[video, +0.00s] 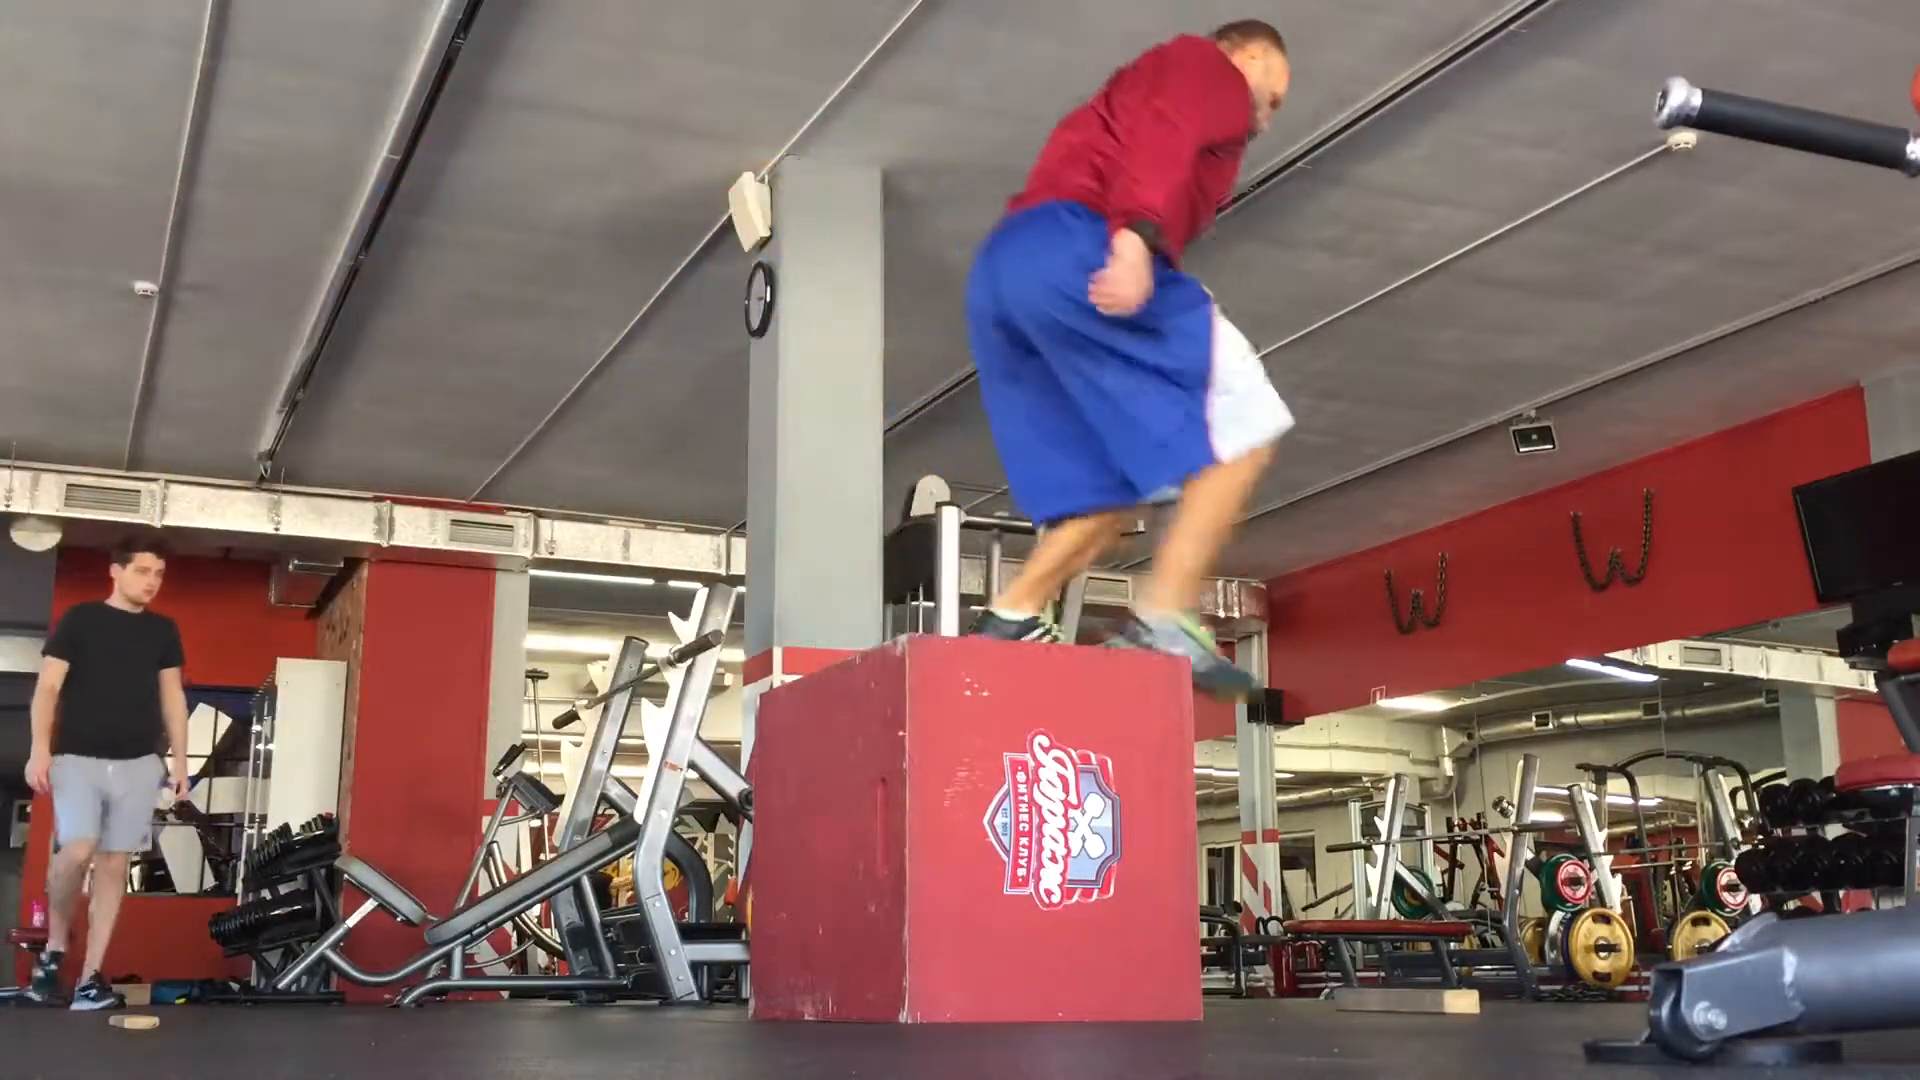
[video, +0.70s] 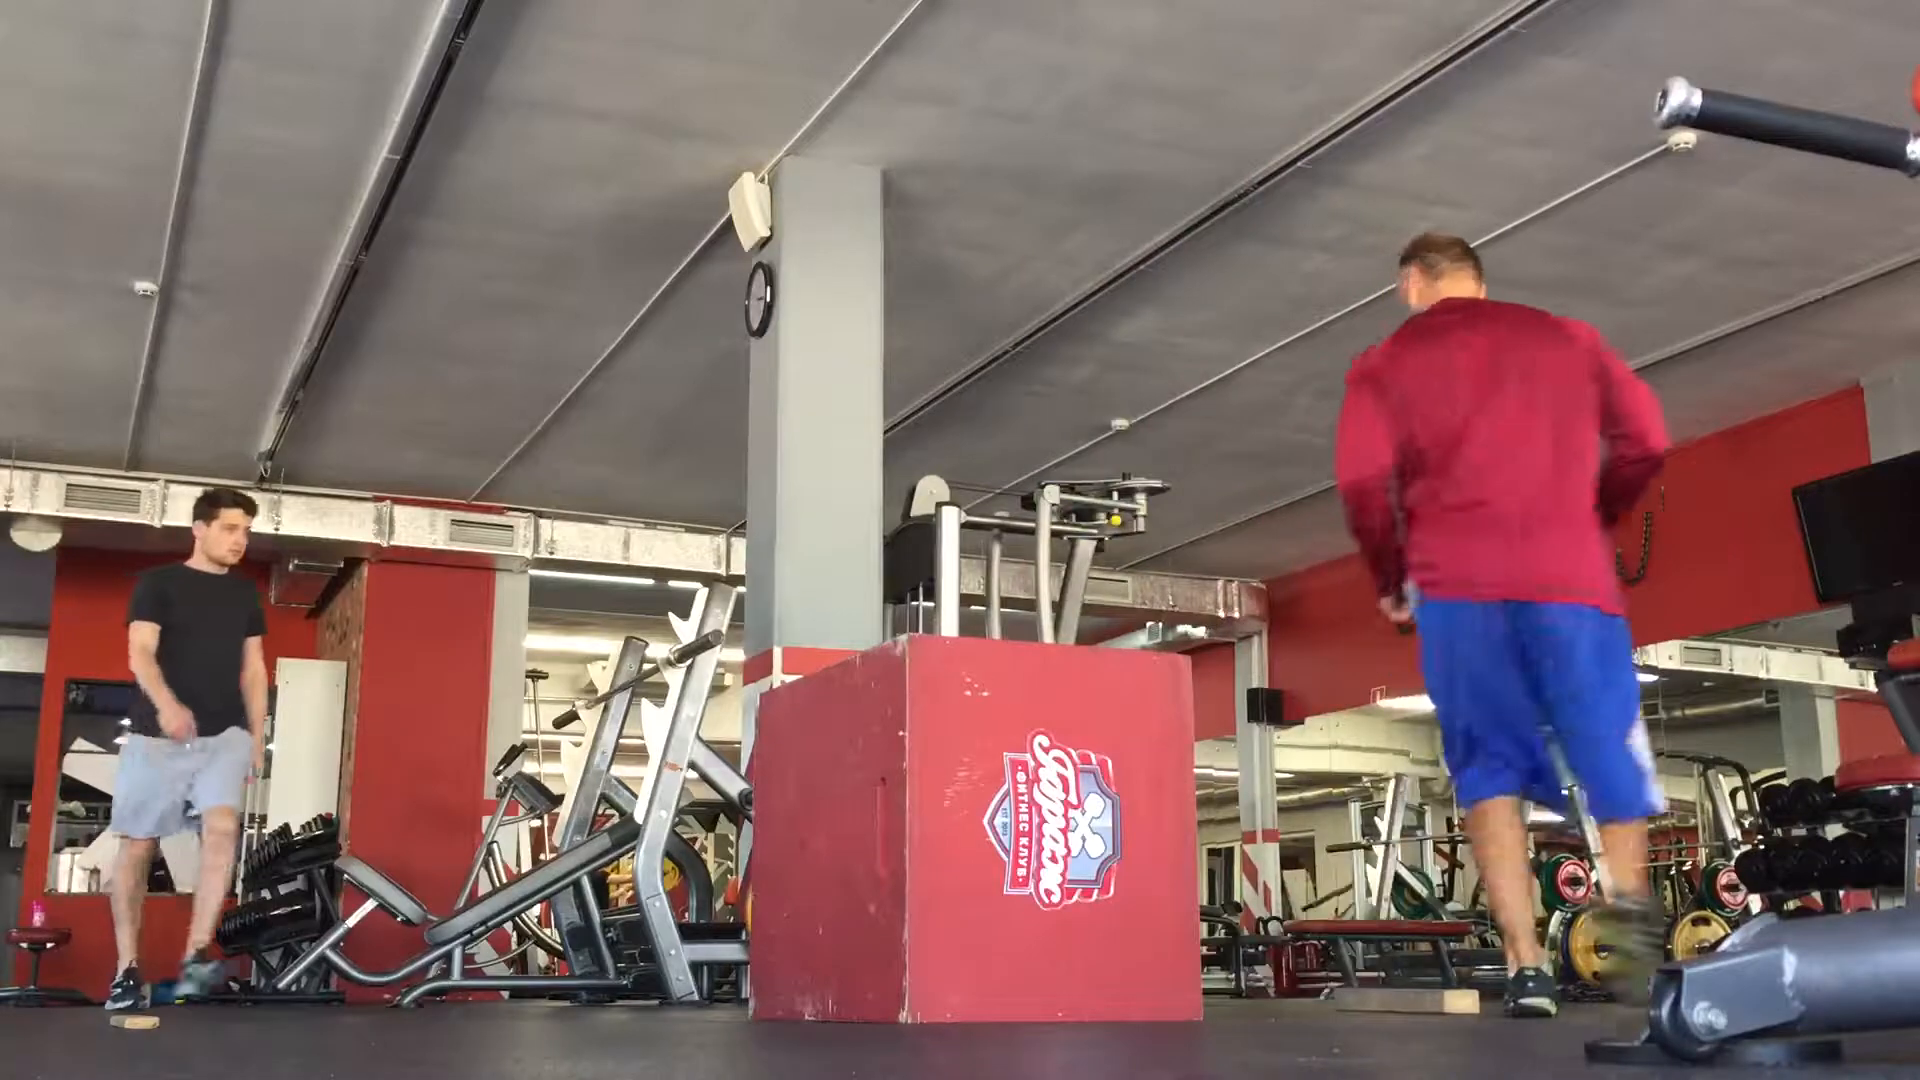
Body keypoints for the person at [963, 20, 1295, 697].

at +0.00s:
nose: (1270, 114)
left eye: (1277, 104)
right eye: (1274, 94)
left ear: (1227, 49)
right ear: (1251, 56)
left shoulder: (1149, 80)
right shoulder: (1212, 67)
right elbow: (1165, 130)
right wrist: (1137, 237)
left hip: (999, 272)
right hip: (1074, 244)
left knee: (1112, 483)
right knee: (1249, 428)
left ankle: (1012, 615)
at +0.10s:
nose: (1298, 123)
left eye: (1303, 114)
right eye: (1300, 106)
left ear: (1247, 62)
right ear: (1281, 71)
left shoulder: (1178, 106)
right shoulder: (1254, 85)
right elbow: (1215, 146)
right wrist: (1215, 260)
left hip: (1060, 304)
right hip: (1132, 285)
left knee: (1187, 502)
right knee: (1282, 489)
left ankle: (1049, 588)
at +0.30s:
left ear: (1264, 200)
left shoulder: (1209, 259)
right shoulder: (1323, 217)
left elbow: (1127, 289)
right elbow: (1354, 150)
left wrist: (1209, 359)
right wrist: (1410, 256)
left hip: (1207, 488)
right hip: (1291, 476)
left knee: (1306, 718)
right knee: (1320, 728)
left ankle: (1280, 942)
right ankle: (1279, 961)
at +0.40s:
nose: (1424, 284)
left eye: (1421, 273)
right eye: (1420, 270)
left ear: (1346, 268)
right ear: (1390, 262)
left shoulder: (1267, 346)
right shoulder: (1397, 302)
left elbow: (1174, 440)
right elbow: (1460, 335)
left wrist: (1231, 546)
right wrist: (1511, 445)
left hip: (1272, 565)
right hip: (1357, 562)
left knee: (1411, 772)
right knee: (1377, 775)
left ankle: (1497, 949)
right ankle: (1274, 961)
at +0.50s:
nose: (1445, 306)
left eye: (1440, 294)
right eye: (1443, 293)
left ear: (1364, 301)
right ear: (1432, 290)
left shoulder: (1302, 386)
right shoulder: (1458, 345)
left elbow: (1271, 518)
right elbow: (1500, 456)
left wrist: (1296, 634)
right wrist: (1539, 564)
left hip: (1350, 602)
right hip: (1443, 591)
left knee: (1473, 794)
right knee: (1428, 794)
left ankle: (1530, 968)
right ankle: (1305, 927)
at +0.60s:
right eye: (1457, 290)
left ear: (1386, 298)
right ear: (1464, 289)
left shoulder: (1342, 380)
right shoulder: (1518, 339)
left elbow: (1316, 504)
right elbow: (1588, 455)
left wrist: (1358, 608)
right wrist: (1534, 534)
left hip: (1403, 591)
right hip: (1502, 577)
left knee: (1482, 780)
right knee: (1549, 782)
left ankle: (1528, 966)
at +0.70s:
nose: (1403, 302)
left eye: (1403, 290)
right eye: (1405, 290)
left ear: (1417, 282)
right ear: (1481, 280)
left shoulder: (1384, 363)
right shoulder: (1570, 336)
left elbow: (1363, 479)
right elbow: (1646, 443)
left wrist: (1388, 576)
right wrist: (1586, 516)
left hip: (1456, 590)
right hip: (1572, 581)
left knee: (1486, 773)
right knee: (1613, 764)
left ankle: (1528, 970)